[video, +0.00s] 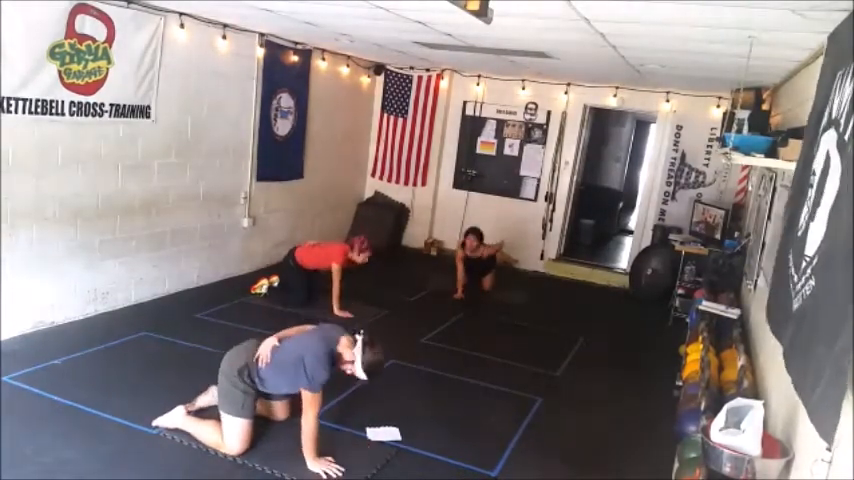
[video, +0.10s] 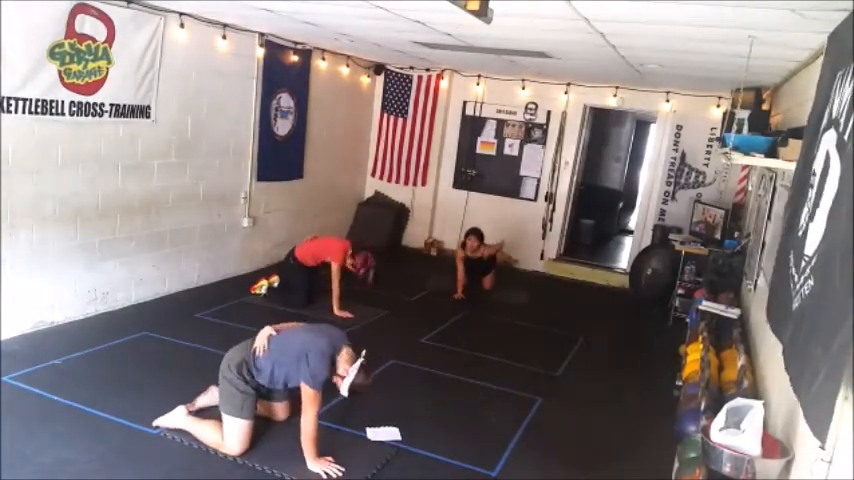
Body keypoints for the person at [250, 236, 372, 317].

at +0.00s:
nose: (366, 260)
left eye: (368, 257)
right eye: (365, 257)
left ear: (356, 250)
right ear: (355, 252)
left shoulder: (345, 249)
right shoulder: (339, 255)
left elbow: (328, 244)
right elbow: (336, 283)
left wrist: (315, 243)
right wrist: (336, 309)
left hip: (301, 256)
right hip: (294, 263)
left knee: (308, 293)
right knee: (299, 298)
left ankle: (277, 281)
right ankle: (268, 288)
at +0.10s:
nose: (348, 268)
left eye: (351, 269)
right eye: (351, 267)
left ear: (356, 258)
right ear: (353, 262)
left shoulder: (346, 245)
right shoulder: (337, 255)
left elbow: (330, 240)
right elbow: (335, 284)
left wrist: (316, 238)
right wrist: (336, 309)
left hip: (307, 260)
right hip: (296, 262)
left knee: (311, 293)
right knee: (301, 300)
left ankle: (278, 281)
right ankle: (267, 289)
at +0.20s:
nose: (348, 268)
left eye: (351, 268)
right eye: (351, 266)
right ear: (350, 258)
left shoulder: (346, 244)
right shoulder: (336, 254)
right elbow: (335, 285)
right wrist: (336, 310)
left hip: (309, 260)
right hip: (297, 262)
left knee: (313, 290)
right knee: (301, 300)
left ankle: (280, 281)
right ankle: (268, 288)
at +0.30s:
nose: (351, 266)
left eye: (354, 266)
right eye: (353, 265)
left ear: (355, 254)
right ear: (353, 257)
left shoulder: (346, 246)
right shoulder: (336, 255)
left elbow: (327, 241)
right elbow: (335, 283)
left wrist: (314, 241)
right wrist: (336, 309)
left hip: (306, 261)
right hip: (295, 262)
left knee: (314, 290)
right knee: (302, 300)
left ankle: (279, 281)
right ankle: (268, 289)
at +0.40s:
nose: (365, 252)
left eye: (366, 249)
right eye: (363, 249)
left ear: (355, 245)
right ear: (353, 246)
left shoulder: (343, 247)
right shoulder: (338, 255)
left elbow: (324, 245)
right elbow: (335, 284)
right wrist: (336, 306)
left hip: (302, 253)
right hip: (293, 263)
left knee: (312, 292)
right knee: (301, 300)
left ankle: (279, 282)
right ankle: (269, 289)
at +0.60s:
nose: (363, 258)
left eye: (364, 255)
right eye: (361, 255)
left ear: (352, 247)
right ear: (351, 251)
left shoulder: (344, 244)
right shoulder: (336, 255)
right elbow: (335, 284)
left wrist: (313, 245)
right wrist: (336, 309)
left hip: (302, 254)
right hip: (293, 263)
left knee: (311, 291)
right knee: (300, 300)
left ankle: (278, 281)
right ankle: (267, 288)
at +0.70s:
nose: (344, 268)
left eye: (348, 269)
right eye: (347, 267)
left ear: (354, 259)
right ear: (351, 261)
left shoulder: (346, 244)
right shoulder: (336, 252)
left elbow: (325, 240)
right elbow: (335, 283)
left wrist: (313, 239)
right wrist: (336, 309)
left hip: (308, 261)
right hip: (296, 262)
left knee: (312, 293)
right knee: (300, 300)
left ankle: (279, 281)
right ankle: (267, 289)